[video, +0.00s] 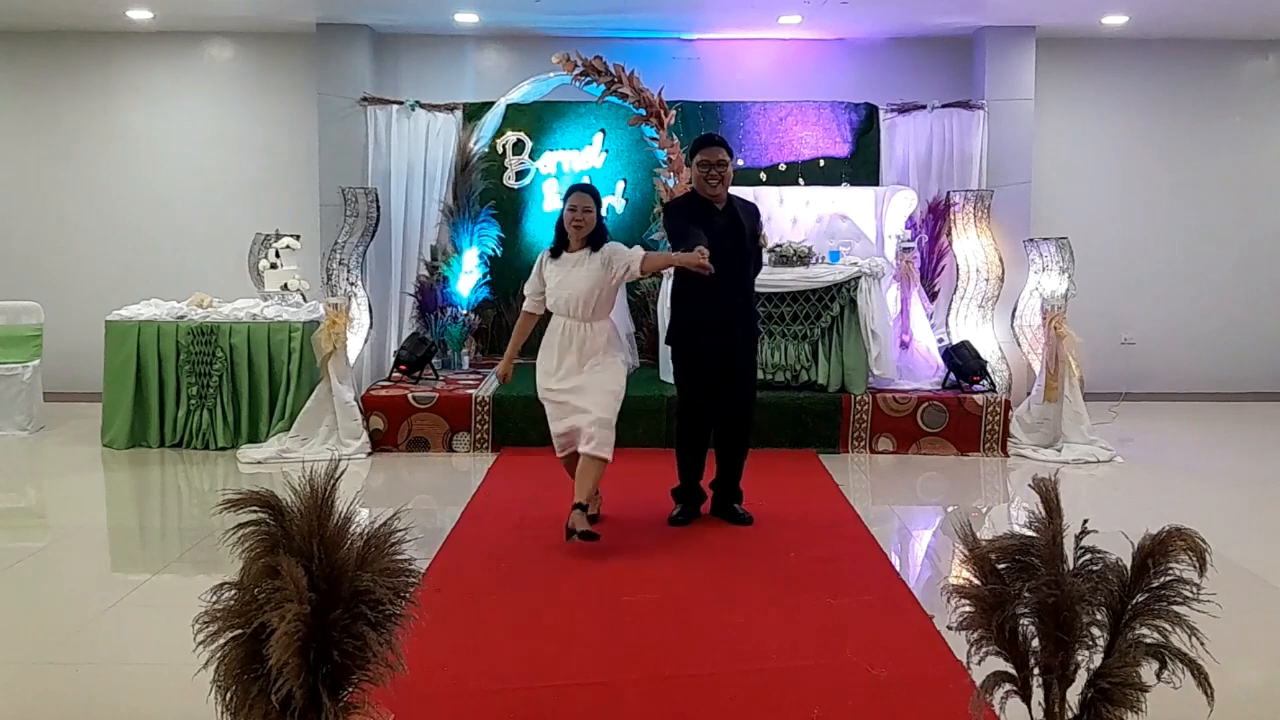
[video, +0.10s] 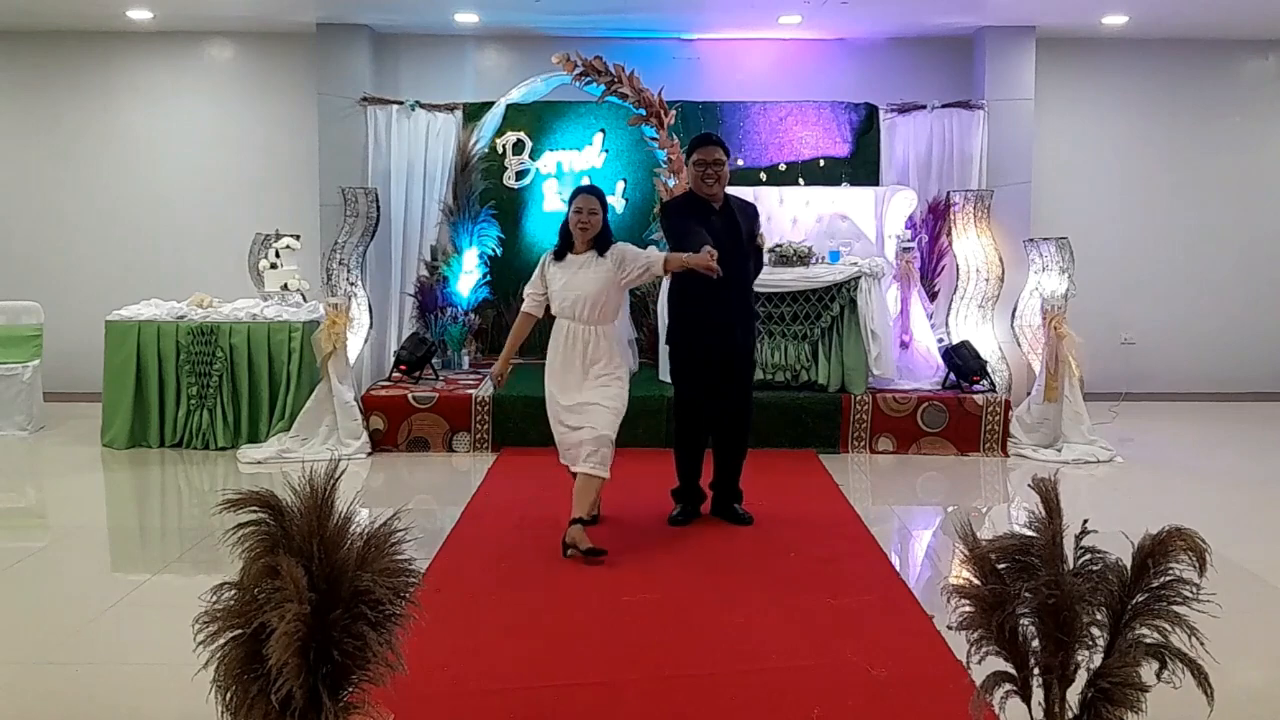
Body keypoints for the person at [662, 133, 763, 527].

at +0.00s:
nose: (713, 173)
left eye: (721, 165)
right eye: (704, 166)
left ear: (731, 169)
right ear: (690, 170)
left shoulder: (747, 211)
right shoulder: (678, 209)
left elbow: (754, 263)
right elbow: (683, 236)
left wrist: (730, 292)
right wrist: (695, 249)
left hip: (738, 332)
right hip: (693, 332)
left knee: (737, 416)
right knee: (692, 415)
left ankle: (727, 498)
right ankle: (689, 498)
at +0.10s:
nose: (710, 172)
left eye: (717, 164)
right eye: (701, 165)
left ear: (727, 169)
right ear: (687, 170)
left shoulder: (746, 210)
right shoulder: (675, 210)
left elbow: (754, 261)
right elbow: (684, 238)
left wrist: (728, 292)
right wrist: (700, 250)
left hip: (737, 332)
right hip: (691, 332)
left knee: (735, 415)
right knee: (690, 415)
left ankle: (727, 499)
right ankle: (688, 498)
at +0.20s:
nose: (706, 171)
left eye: (713, 164)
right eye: (697, 164)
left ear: (725, 168)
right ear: (685, 169)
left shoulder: (743, 210)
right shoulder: (671, 209)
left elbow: (760, 262)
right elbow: (677, 245)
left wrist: (732, 291)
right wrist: (699, 263)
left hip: (733, 333)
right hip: (687, 333)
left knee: (731, 418)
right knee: (687, 417)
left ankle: (727, 499)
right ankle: (688, 498)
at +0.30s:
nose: (703, 171)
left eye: (711, 164)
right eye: (695, 164)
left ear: (723, 169)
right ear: (683, 169)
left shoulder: (743, 211)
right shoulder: (666, 212)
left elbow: (766, 265)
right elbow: (654, 269)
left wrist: (735, 296)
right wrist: (678, 287)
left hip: (731, 333)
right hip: (682, 334)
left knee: (729, 417)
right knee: (684, 417)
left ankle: (726, 499)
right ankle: (687, 498)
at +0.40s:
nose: (700, 171)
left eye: (709, 164)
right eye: (692, 164)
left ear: (722, 169)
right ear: (681, 170)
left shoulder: (744, 213)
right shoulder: (664, 215)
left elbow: (770, 269)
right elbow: (638, 265)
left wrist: (740, 298)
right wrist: (653, 294)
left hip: (729, 334)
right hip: (680, 334)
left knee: (727, 420)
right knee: (683, 420)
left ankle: (726, 500)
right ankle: (687, 498)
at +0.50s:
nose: (698, 172)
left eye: (706, 165)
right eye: (690, 165)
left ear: (722, 169)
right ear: (680, 170)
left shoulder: (745, 214)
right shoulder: (662, 215)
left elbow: (772, 270)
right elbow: (638, 265)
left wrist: (740, 298)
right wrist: (656, 304)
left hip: (729, 331)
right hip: (678, 329)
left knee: (726, 418)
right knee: (684, 417)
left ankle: (725, 499)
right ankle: (687, 498)